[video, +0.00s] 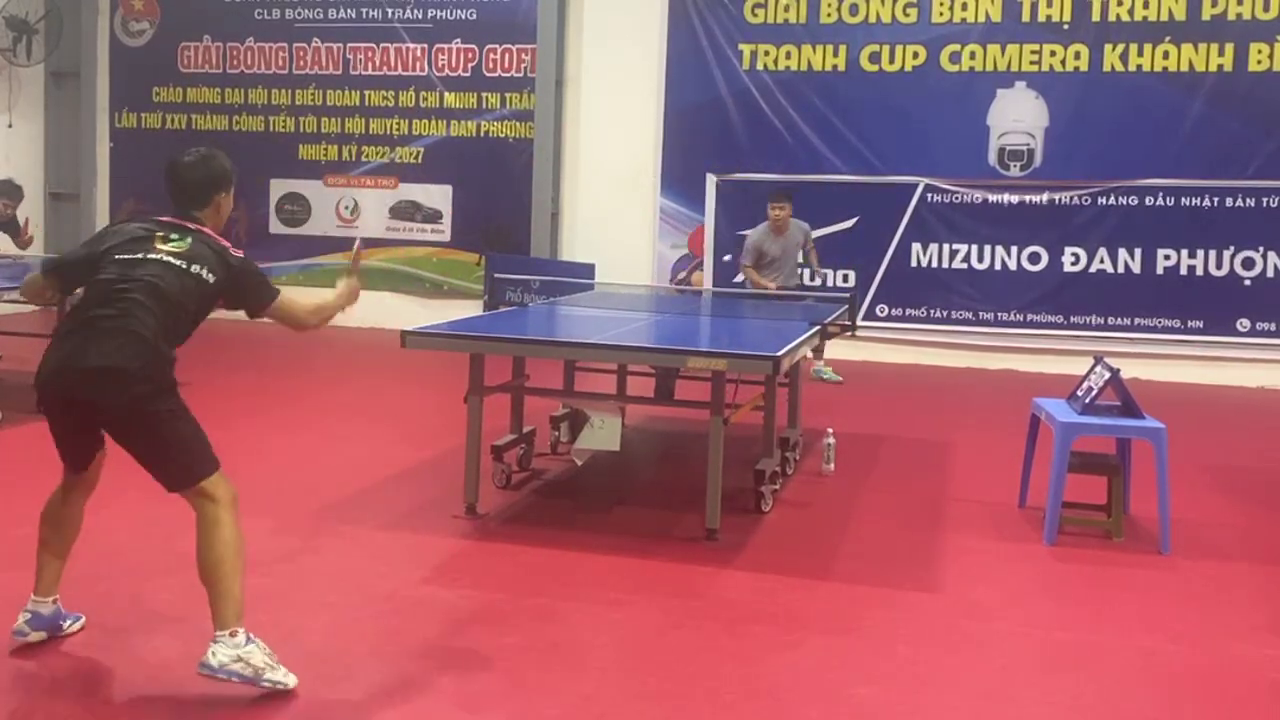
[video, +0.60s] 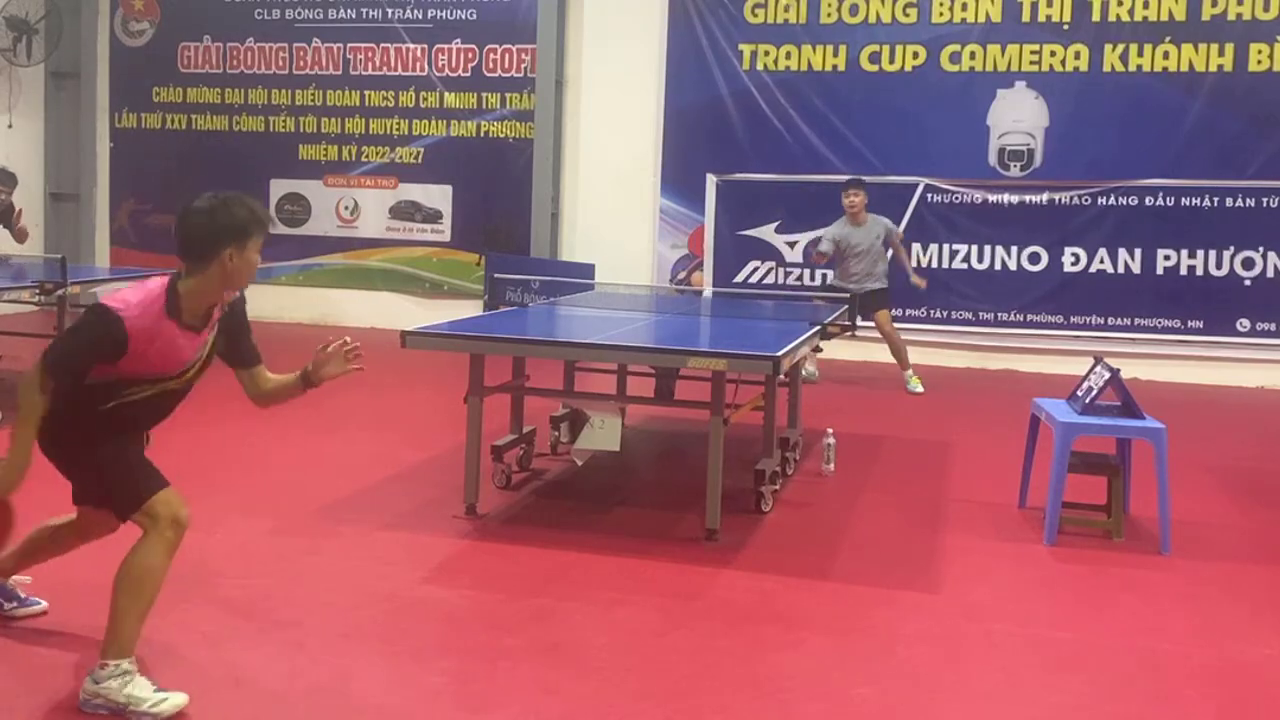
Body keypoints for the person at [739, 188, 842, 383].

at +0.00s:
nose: (777, 214)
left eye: (781, 209)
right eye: (773, 209)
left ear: (790, 210)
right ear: (767, 210)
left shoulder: (801, 229)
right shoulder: (756, 237)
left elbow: (809, 248)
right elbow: (746, 267)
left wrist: (815, 266)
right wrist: (765, 284)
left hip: (793, 291)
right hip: (763, 293)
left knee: (820, 317)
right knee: (759, 328)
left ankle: (818, 364)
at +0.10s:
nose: (798, 208)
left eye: (803, 203)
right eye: (795, 203)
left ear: (812, 204)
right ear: (789, 204)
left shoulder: (824, 221)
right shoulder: (779, 230)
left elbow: (832, 242)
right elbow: (769, 265)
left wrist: (842, 259)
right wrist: (800, 271)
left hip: (812, 284)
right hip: (780, 287)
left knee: (832, 319)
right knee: (777, 325)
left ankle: (820, 364)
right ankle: (786, 362)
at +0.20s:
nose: (814, 196)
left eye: (819, 191)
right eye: (810, 191)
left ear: (827, 192)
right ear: (803, 192)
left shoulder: (839, 212)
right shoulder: (796, 219)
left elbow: (850, 234)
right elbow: (779, 253)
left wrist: (864, 245)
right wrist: (795, 251)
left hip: (828, 279)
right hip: (796, 279)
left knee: (837, 320)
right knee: (786, 320)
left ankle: (820, 365)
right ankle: (791, 359)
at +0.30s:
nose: (822, 183)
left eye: (826, 178)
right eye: (817, 179)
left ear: (834, 181)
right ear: (811, 184)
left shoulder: (851, 200)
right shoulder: (809, 211)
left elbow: (869, 215)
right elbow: (796, 228)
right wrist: (785, 225)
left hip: (843, 274)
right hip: (813, 274)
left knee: (841, 323)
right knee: (797, 315)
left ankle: (822, 363)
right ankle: (793, 357)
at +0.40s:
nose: (833, 177)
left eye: (838, 172)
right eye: (828, 173)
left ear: (847, 175)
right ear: (823, 179)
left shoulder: (863, 196)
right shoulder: (819, 206)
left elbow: (887, 202)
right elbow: (799, 222)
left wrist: (908, 206)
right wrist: (787, 219)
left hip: (858, 270)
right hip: (826, 271)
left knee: (866, 310)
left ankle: (846, 351)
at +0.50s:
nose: (845, 185)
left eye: (850, 180)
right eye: (841, 181)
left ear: (859, 183)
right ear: (835, 185)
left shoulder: (874, 205)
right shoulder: (828, 213)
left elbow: (895, 216)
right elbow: (812, 239)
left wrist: (917, 231)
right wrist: (807, 236)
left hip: (868, 274)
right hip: (834, 275)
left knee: (879, 317)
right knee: (811, 316)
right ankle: (804, 360)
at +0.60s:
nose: (851, 200)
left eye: (856, 196)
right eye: (847, 196)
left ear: (865, 199)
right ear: (842, 201)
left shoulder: (881, 224)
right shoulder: (836, 230)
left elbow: (898, 248)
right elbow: (822, 256)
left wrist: (911, 274)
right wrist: (818, 257)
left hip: (874, 288)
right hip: (842, 288)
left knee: (886, 329)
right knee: (815, 318)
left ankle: (909, 374)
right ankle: (810, 365)